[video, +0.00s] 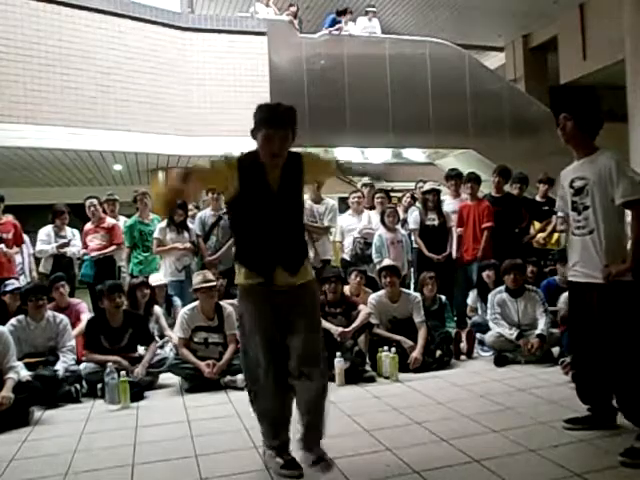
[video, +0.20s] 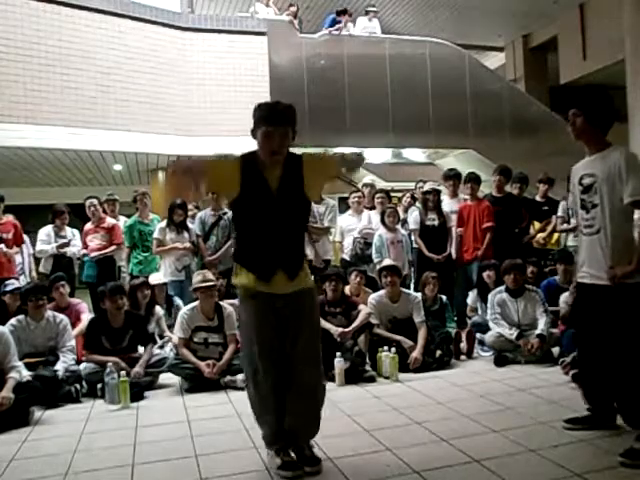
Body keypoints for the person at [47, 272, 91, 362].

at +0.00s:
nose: (61, 291)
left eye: (63, 286)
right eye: (56, 289)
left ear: (68, 288)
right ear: (52, 294)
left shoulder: (79, 305)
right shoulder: (48, 310)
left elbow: (85, 321)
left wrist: (70, 336)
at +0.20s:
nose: (61, 291)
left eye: (63, 286)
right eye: (56, 288)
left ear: (68, 288)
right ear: (52, 294)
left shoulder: (79, 305)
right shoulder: (48, 310)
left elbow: (85, 322)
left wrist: (71, 336)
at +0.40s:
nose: (61, 291)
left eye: (63, 286)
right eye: (56, 288)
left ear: (68, 288)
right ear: (52, 294)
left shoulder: (79, 305)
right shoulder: (49, 310)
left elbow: (86, 322)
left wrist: (71, 336)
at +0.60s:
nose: (61, 290)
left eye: (63, 286)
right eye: (57, 288)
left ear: (69, 288)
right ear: (52, 294)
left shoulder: (79, 305)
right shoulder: (49, 310)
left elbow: (86, 323)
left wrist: (70, 336)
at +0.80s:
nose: (61, 290)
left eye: (63, 286)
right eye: (56, 288)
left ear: (69, 288)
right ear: (52, 293)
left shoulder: (79, 305)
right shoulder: (49, 309)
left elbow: (86, 322)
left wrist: (71, 336)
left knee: (83, 331)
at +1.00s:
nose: (62, 292)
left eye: (65, 287)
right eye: (58, 290)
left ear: (70, 290)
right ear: (53, 295)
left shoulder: (81, 306)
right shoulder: (51, 311)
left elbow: (88, 324)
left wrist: (72, 337)